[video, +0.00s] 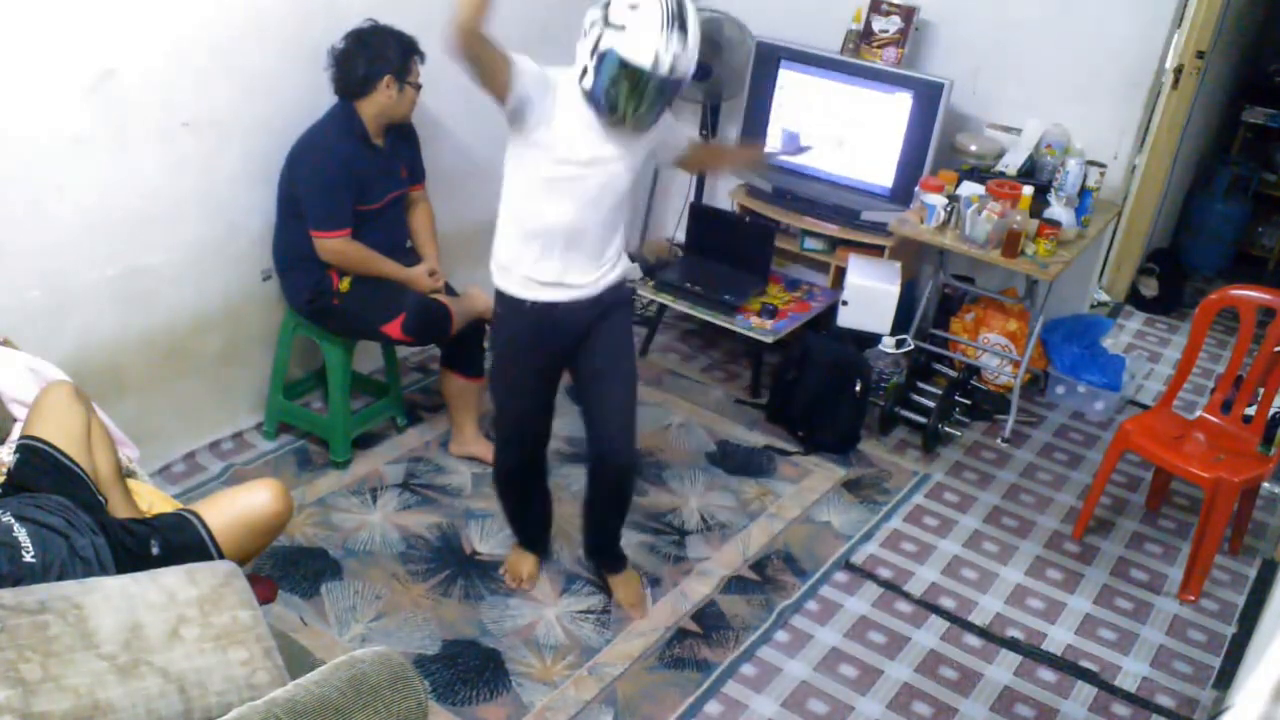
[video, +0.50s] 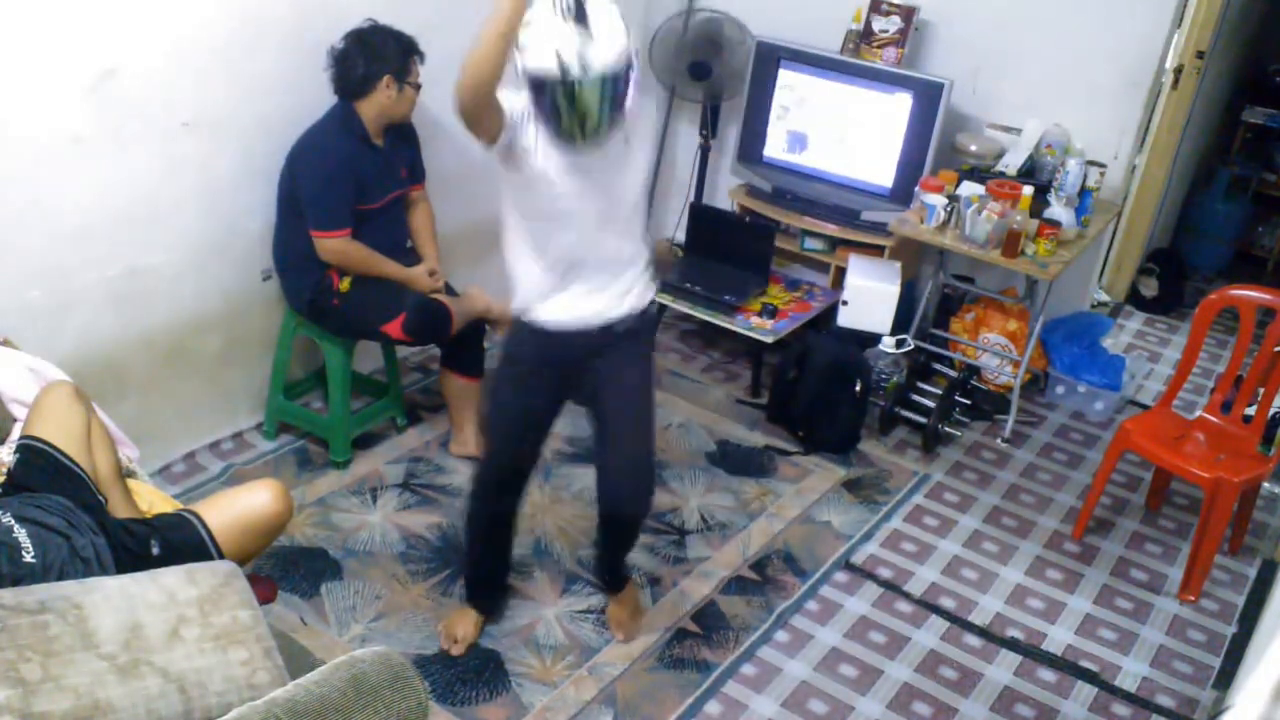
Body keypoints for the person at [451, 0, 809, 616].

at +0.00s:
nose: (636, 102)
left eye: (654, 89)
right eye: (627, 81)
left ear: (671, 80)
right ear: (595, 54)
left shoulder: (655, 126)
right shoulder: (538, 90)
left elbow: (702, 157)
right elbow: (466, 39)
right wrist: (482, 0)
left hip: (604, 306)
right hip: (525, 306)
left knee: (616, 450)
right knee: (517, 449)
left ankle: (606, 554)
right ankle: (529, 541)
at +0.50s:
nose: (583, 93)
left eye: (596, 76)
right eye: (565, 77)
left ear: (621, 66)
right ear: (534, 75)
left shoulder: (644, 95)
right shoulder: (516, 120)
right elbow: (471, 94)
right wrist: (517, 4)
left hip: (624, 321)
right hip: (538, 323)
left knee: (629, 489)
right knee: (499, 477)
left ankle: (615, 575)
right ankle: (479, 597)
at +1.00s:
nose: (664, 67)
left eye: (674, 53)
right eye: (658, 58)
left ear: (704, 53)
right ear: (669, 63)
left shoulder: (741, 107)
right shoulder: (693, 107)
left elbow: (693, 52)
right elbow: (704, 209)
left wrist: (652, 5)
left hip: (718, 318)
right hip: (671, 294)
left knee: (678, 447)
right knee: (620, 401)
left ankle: (679, 592)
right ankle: (623, 526)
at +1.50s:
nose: (707, 39)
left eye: (713, 31)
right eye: (715, 32)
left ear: (729, 38)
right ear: (786, 41)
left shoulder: (720, 84)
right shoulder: (826, 111)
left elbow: (627, 15)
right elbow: (952, 131)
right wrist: (945, 16)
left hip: (739, 323)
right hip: (704, 306)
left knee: (737, 492)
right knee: (651, 396)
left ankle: (759, 643)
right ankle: (666, 514)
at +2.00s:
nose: (704, 139)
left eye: (728, 132)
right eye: (697, 119)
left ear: (764, 119)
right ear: (684, 78)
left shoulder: (769, 163)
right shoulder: (642, 88)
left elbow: (803, 283)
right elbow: (588, 14)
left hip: (709, 335)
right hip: (627, 324)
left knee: (720, 483)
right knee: (616, 466)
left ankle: (746, 622)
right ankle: (631, 568)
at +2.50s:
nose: (650, 117)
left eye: (667, 102)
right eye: (633, 99)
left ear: (691, 92)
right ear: (606, 86)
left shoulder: (694, 135)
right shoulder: (577, 132)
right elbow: (556, 71)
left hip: (662, 347)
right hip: (581, 344)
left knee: (659, 480)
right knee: (529, 479)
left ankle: (642, 548)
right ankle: (528, 593)